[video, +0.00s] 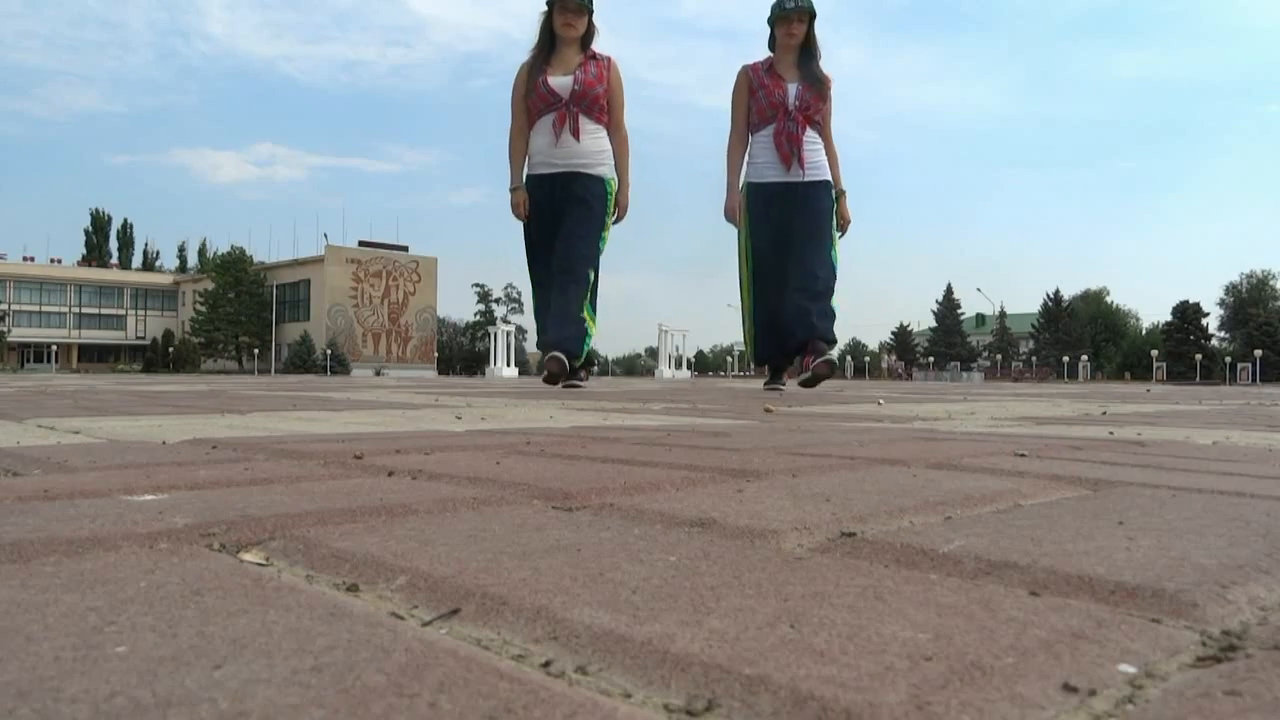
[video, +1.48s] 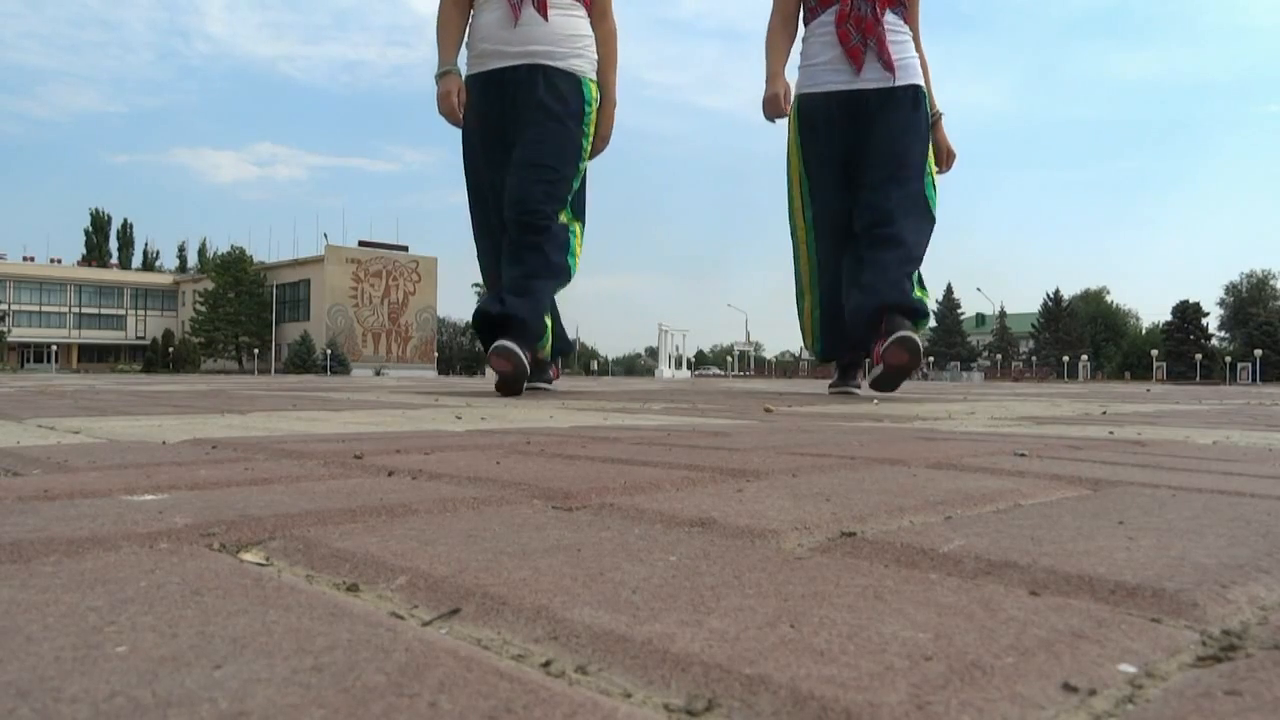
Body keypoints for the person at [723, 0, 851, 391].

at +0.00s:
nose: (792, 27)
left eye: (800, 21)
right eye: (785, 20)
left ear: (809, 27)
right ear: (773, 25)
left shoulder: (819, 80)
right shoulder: (750, 75)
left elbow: (826, 140)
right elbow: (738, 135)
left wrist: (840, 195)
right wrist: (732, 189)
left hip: (813, 186)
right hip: (764, 186)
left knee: (813, 269)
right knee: (769, 274)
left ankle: (815, 353)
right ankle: (776, 367)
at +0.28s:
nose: (804, 2)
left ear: (821, 4)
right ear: (785, 3)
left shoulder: (836, 57)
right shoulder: (761, 53)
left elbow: (844, 123)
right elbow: (748, 119)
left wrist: (860, 181)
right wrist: (735, 174)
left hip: (831, 174)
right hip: (777, 176)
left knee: (825, 267)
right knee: (779, 267)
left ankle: (811, 365)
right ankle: (772, 347)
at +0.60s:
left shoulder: (857, 30)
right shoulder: (775, 31)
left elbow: (869, 89)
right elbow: (763, 101)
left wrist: (889, 128)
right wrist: (749, 163)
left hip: (845, 152)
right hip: (791, 150)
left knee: (843, 248)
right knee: (820, 231)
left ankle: (820, 357)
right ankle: (805, 350)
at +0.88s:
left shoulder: (874, 13)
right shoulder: (787, 13)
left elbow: (884, 78)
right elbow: (774, 89)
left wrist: (900, 126)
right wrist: (760, 159)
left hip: (861, 145)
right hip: (802, 142)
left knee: (850, 247)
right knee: (819, 243)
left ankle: (813, 353)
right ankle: (843, 357)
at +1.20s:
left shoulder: (894, 5)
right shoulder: (791, 3)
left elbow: (899, 58)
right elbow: (781, 41)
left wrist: (920, 127)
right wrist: (765, 107)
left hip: (877, 112)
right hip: (811, 111)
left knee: (880, 221)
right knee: (819, 235)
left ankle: (871, 321)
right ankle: (844, 359)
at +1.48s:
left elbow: (911, 37)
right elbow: (784, 14)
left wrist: (935, 120)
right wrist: (775, 75)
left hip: (898, 89)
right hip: (822, 89)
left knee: (894, 212)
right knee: (833, 226)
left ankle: (894, 323)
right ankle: (847, 361)